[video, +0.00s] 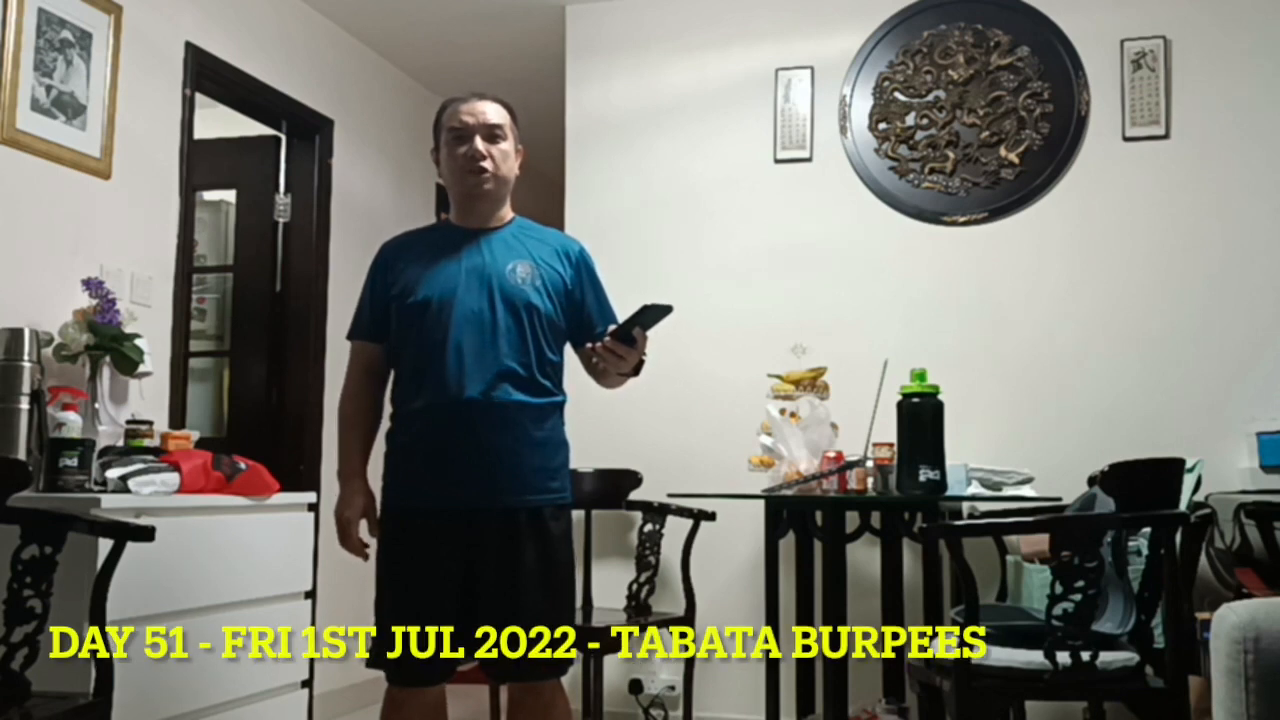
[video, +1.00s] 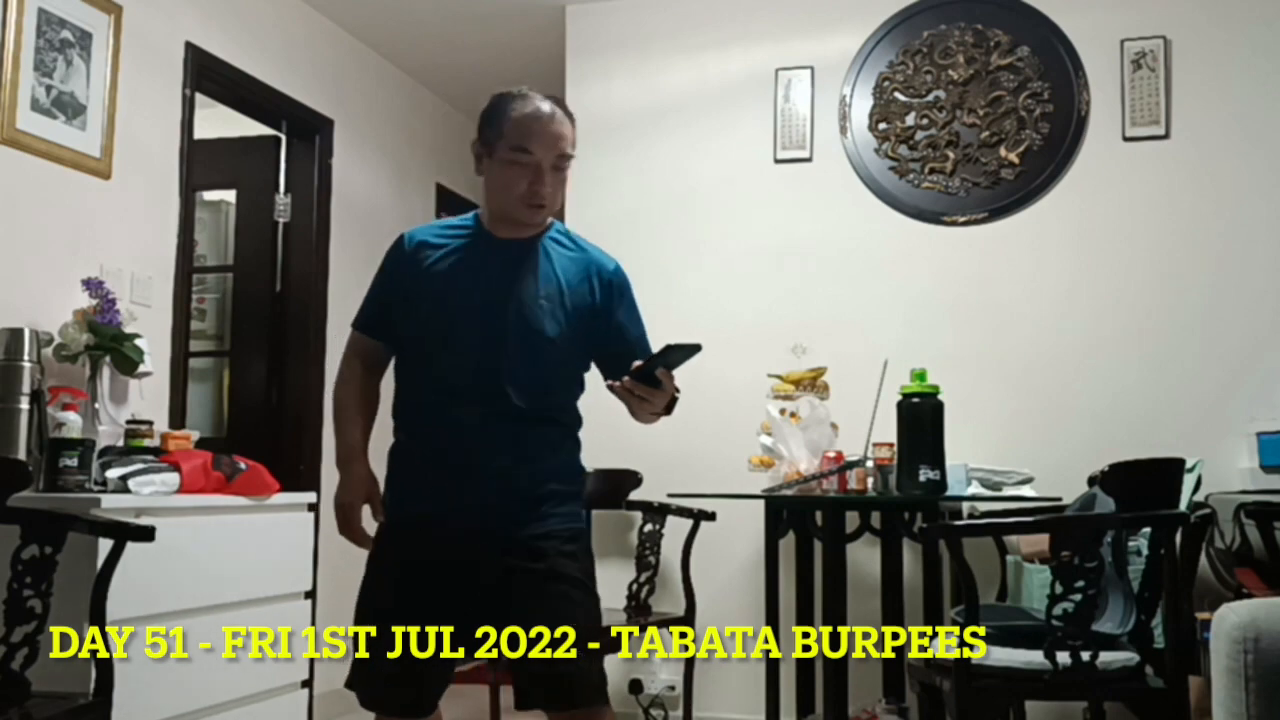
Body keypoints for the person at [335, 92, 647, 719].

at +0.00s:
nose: (477, 146)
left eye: (493, 135)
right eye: (460, 137)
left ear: (519, 159)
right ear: (438, 161)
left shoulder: (562, 254)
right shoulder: (400, 257)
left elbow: (602, 362)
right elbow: (365, 376)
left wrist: (622, 362)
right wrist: (352, 477)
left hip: (529, 497)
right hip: (422, 496)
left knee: (536, 680)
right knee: (413, 680)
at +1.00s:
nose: (543, 185)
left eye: (559, 167)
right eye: (523, 163)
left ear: (571, 171)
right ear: (481, 158)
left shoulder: (594, 274)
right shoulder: (416, 256)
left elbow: (638, 390)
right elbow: (362, 364)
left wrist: (653, 400)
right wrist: (352, 466)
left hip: (543, 521)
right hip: (428, 512)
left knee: (577, 700)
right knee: (398, 701)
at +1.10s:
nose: (594, 190)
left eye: (612, 172)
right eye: (574, 165)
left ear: (624, 175)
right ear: (531, 158)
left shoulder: (639, 286)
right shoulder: (459, 250)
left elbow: (679, 397)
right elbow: (398, 361)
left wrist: (691, 429)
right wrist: (379, 466)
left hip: (575, 528)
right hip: (458, 517)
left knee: (599, 704)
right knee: (408, 696)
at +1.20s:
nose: (651, 210)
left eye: (672, 189)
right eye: (632, 181)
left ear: (685, 186)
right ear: (587, 165)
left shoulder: (690, 303)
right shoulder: (508, 247)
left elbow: (727, 415)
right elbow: (435, 362)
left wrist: (733, 457)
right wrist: (415, 477)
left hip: (610, 533)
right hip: (489, 519)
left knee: (635, 705)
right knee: (436, 702)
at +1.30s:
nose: (701, 239)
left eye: (723, 219)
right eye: (682, 209)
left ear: (738, 214)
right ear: (633, 186)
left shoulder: (732, 331)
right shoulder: (542, 252)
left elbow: (777, 454)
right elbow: (464, 355)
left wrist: (776, 501)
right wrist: (447, 490)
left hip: (637, 540)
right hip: (511, 525)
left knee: (661, 707)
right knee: (460, 705)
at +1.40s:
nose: (739, 269)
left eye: (763, 249)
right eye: (719, 236)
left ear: (776, 245)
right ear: (669, 208)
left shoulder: (763, 363)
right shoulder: (570, 261)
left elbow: (808, 493)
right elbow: (485, 353)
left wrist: (807, 554)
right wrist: (475, 486)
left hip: (656, 544)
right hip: (532, 526)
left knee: (671, 710)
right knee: (470, 704)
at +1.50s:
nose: (764, 293)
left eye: (789, 270)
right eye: (743, 258)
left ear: (801, 265)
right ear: (691, 229)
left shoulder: (782, 387)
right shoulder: (589, 269)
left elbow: (827, 524)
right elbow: (499, 358)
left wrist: (834, 619)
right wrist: (486, 488)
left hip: (669, 544)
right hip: (546, 522)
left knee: (681, 708)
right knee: (482, 701)